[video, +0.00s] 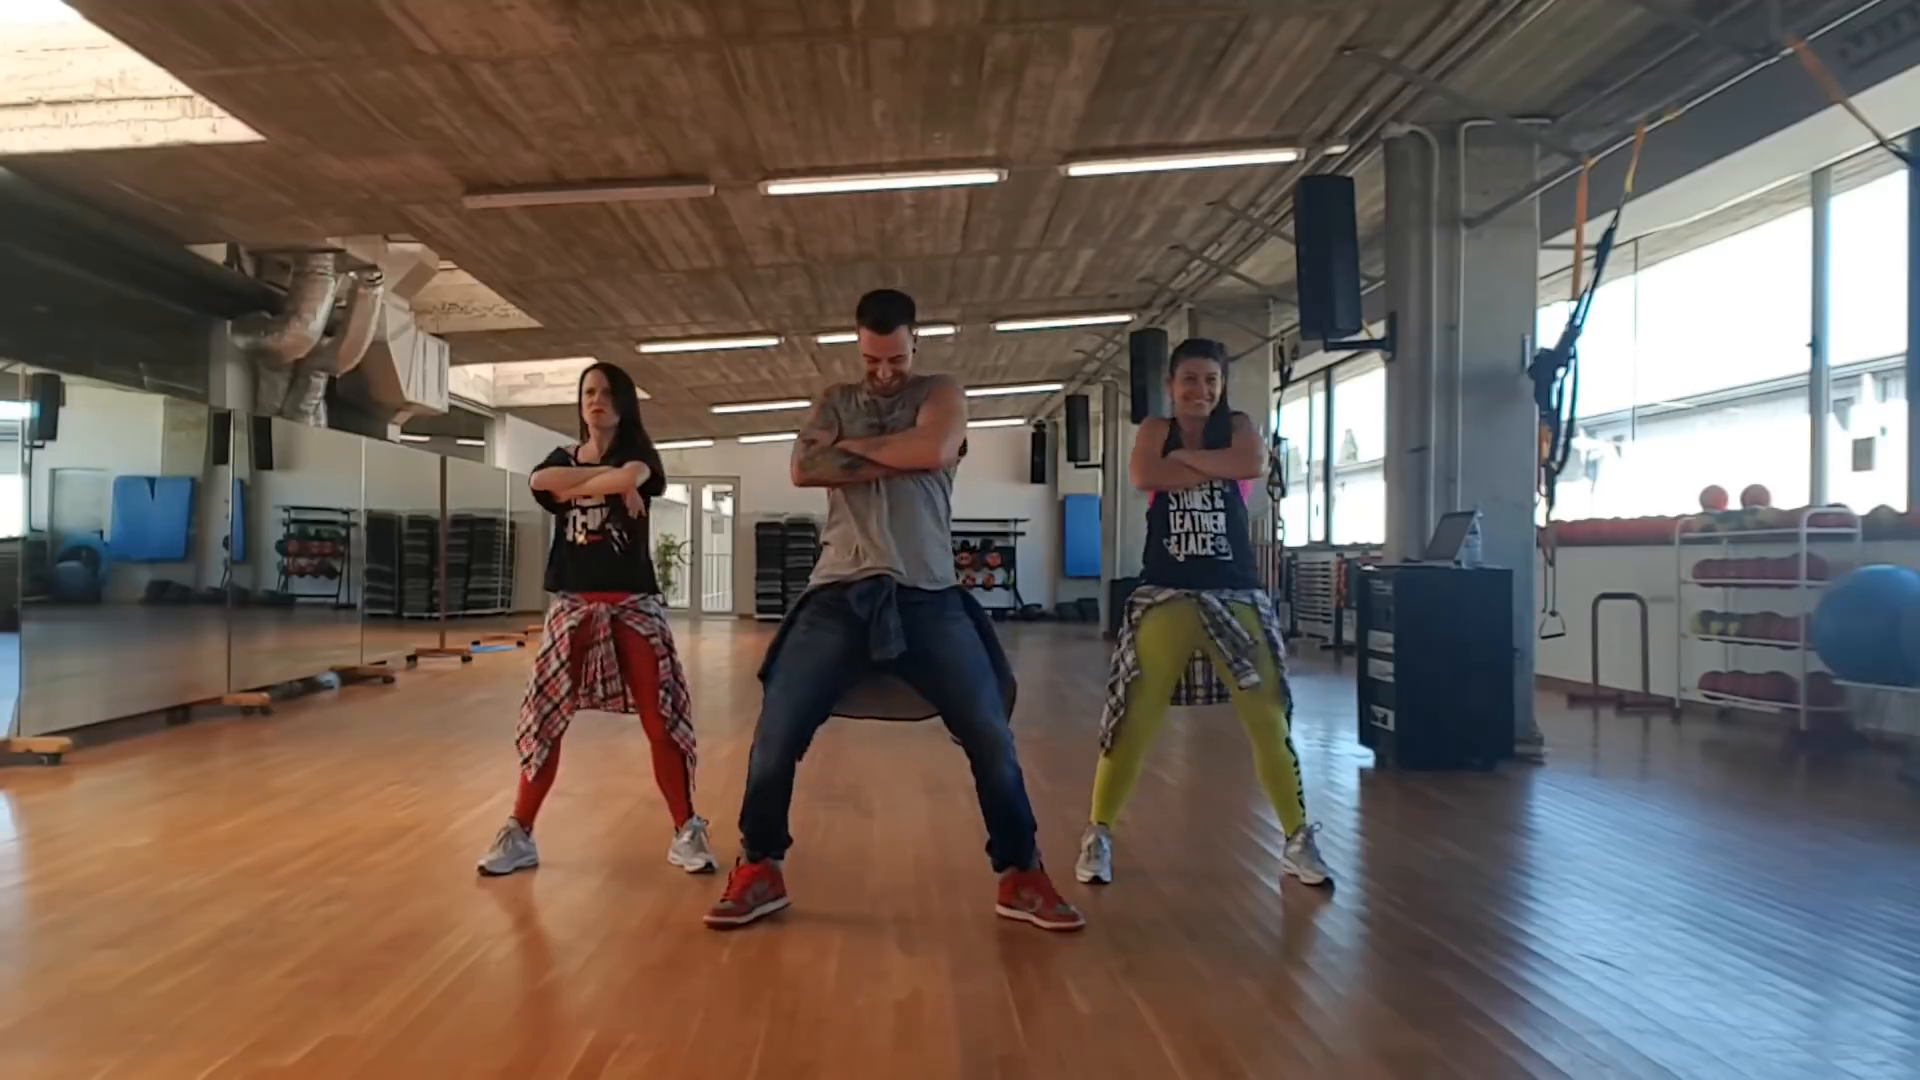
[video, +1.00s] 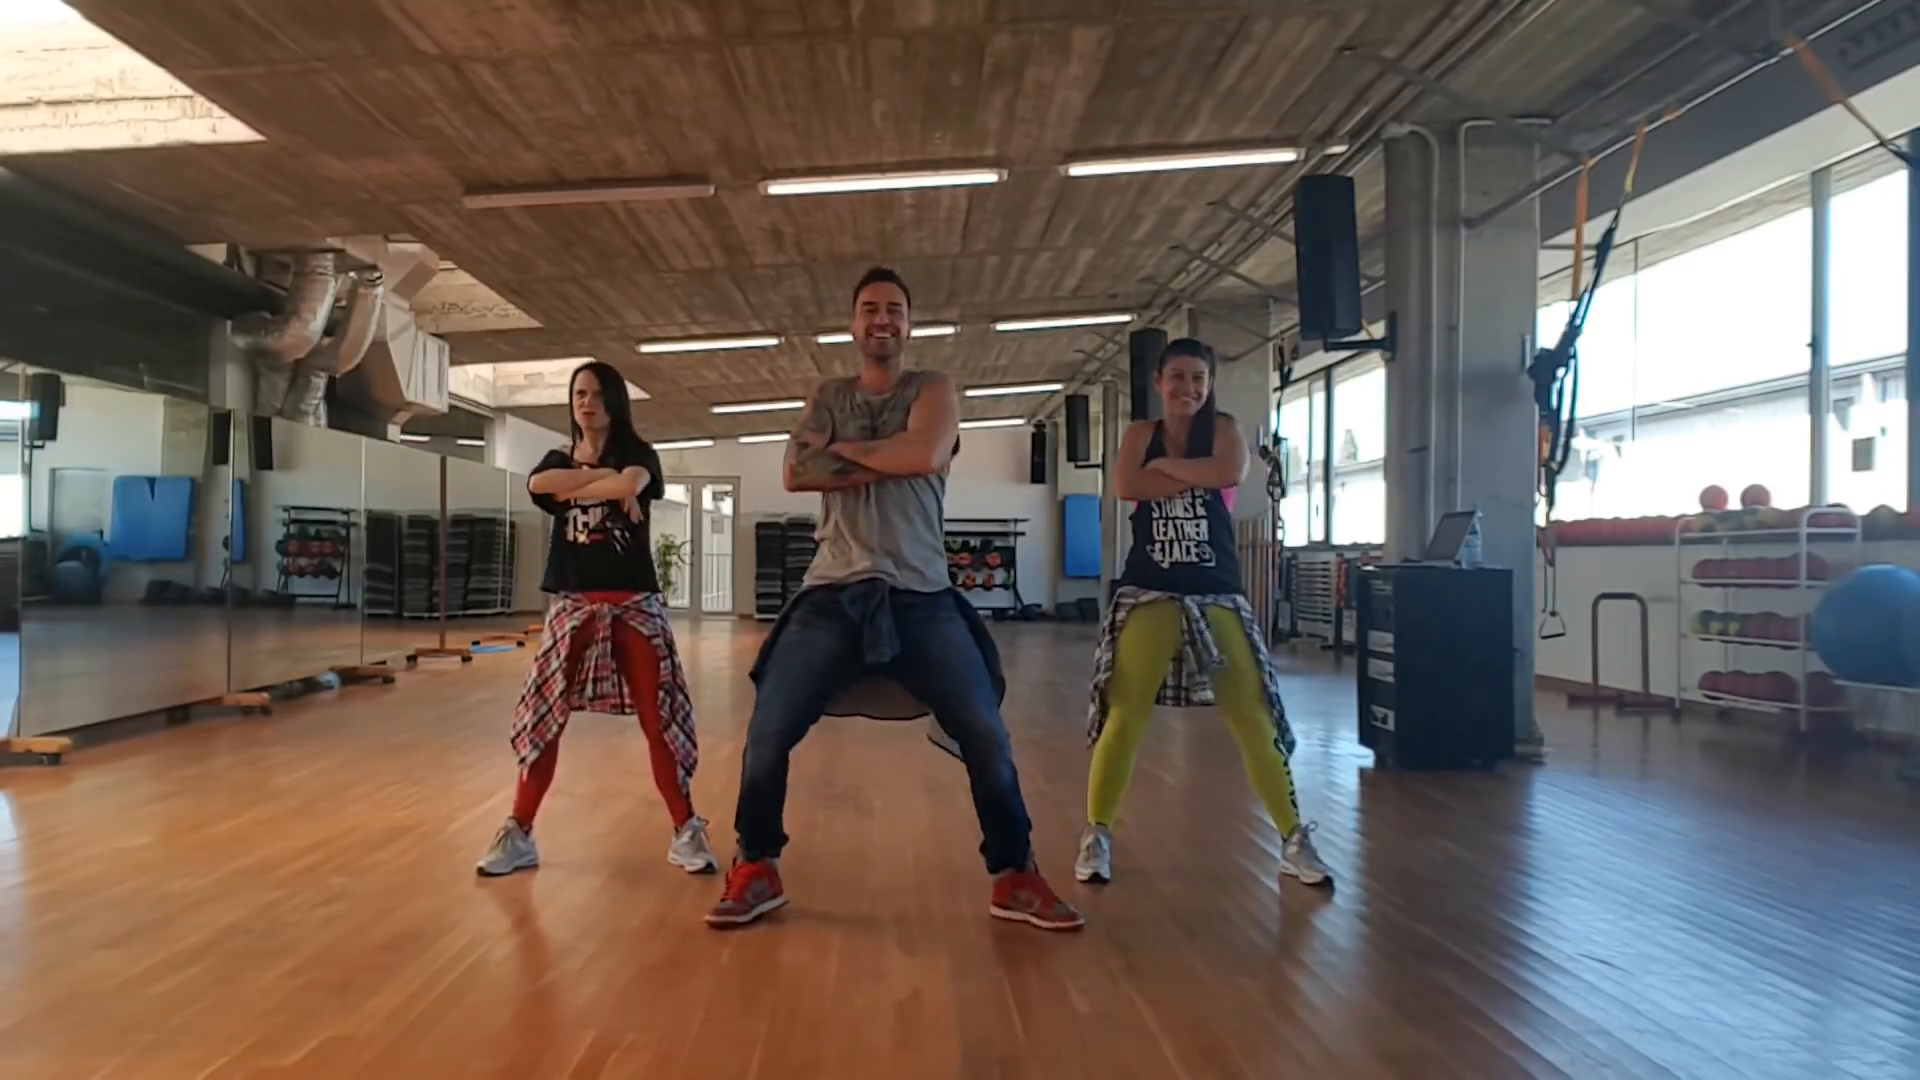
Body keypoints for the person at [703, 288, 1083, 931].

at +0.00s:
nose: (881, 370)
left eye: (893, 357)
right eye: (871, 358)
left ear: (913, 343)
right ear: (856, 346)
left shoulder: (941, 392)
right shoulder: (835, 401)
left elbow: (933, 448)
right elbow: (804, 470)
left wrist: (842, 444)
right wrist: (900, 458)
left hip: (927, 591)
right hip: (838, 590)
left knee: (987, 728)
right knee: (777, 728)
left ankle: (1020, 875)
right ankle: (759, 869)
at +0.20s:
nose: (879, 365)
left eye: (890, 352)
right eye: (868, 354)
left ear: (908, 343)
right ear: (851, 347)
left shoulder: (938, 397)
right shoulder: (830, 409)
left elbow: (924, 455)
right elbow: (801, 476)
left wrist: (836, 449)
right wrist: (890, 463)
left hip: (926, 597)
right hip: (835, 596)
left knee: (989, 730)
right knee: (772, 735)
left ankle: (1023, 875)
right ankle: (762, 872)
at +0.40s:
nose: (905, 335)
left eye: (916, 323)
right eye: (894, 324)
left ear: (933, 329)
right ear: (877, 331)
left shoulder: (955, 394)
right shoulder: (856, 389)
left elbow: (976, 451)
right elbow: (840, 452)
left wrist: (881, 438)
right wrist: (934, 453)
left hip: (952, 591)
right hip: (862, 589)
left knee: (1010, 729)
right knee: (796, 727)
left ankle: (1034, 871)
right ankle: (773, 873)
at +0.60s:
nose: (925, 335)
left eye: (937, 325)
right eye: (914, 324)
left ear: (953, 334)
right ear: (896, 331)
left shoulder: (974, 408)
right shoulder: (874, 392)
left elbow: (1006, 467)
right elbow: (874, 463)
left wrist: (916, 445)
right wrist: (966, 472)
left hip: (968, 599)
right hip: (879, 598)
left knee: (1021, 735)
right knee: (813, 734)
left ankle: (1032, 874)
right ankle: (777, 874)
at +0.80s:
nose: (910, 334)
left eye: (921, 323)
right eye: (899, 323)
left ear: (937, 331)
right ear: (882, 331)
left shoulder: (958, 398)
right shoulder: (855, 392)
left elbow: (973, 454)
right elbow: (837, 459)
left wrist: (883, 441)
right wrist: (930, 457)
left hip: (947, 595)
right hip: (858, 591)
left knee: (1007, 731)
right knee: (788, 731)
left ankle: (1030, 873)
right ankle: (768, 870)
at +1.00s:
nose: (880, 319)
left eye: (892, 309)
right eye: (869, 309)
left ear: (910, 324)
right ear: (850, 323)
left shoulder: (932, 388)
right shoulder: (827, 397)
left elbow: (926, 454)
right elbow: (796, 473)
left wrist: (838, 446)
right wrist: (889, 463)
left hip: (921, 595)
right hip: (832, 593)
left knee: (985, 730)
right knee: (766, 731)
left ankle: (1013, 876)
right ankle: (755, 869)